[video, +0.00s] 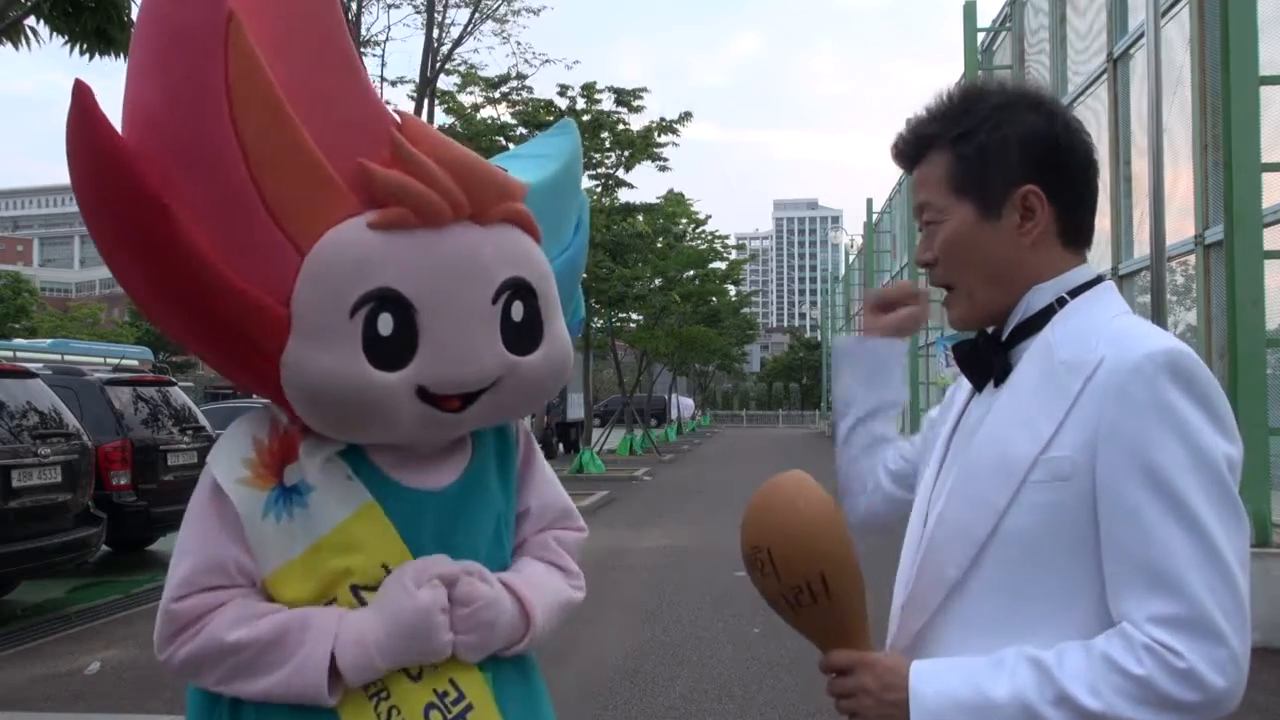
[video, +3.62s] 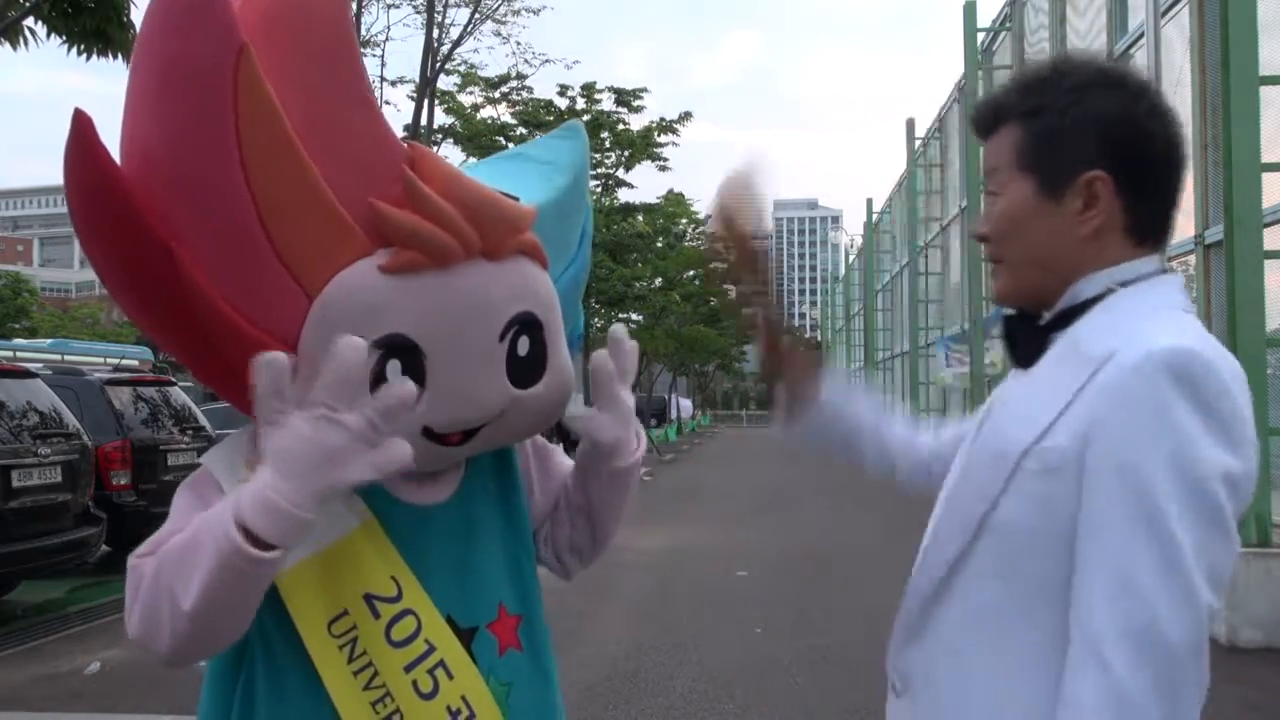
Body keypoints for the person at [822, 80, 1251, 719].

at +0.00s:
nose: (922, 255)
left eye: (933, 222)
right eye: (921, 228)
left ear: (1026, 213)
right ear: (1023, 217)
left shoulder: (1142, 371)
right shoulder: (988, 373)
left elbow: (1192, 663)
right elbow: (873, 500)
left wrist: (923, 692)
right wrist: (874, 346)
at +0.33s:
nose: (920, 266)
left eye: (931, 231)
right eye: (918, 236)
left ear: (1025, 220)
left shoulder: (1156, 381)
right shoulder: (977, 375)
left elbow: (1204, 673)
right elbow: (897, 546)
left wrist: (930, 693)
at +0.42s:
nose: (920, 275)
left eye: (931, 240)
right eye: (917, 246)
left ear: (1025, 223)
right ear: (1013, 228)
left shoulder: (1161, 384)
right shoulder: (979, 382)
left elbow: (1210, 675)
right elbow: (879, 540)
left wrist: (935, 693)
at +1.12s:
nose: (948, 226)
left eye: (970, 194)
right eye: (955, 201)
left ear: (1070, 202)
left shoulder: (1154, 375)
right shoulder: (974, 371)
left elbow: (1142, 662)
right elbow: (931, 567)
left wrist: (870, 645)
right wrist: (820, 585)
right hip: (897, 707)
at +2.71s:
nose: (871, 228)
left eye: (887, 191)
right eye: (879, 195)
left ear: (974, 199)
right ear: (970, 202)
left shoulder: (1092, 373)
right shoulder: (947, 365)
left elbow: (1125, 680)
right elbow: (940, 582)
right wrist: (834, 631)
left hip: (1011, 707)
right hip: (915, 706)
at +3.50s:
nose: (935, 222)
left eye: (954, 186)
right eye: (943, 190)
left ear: (1042, 198)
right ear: (1035, 200)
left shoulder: (1142, 356)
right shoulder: (1011, 356)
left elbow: (1139, 668)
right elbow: (964, 551)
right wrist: (823, 574)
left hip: (1020, 705)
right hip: (931, 701)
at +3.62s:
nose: (979, 226)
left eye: (996, 190)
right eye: (985, 194)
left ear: (1090, 203)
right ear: (1085, 205)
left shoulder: (1159, 373)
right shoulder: (1074, 354)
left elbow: (1131, 691)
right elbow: (931, 458)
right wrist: (800, 379)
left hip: (1011, 708)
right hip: (934, 696)